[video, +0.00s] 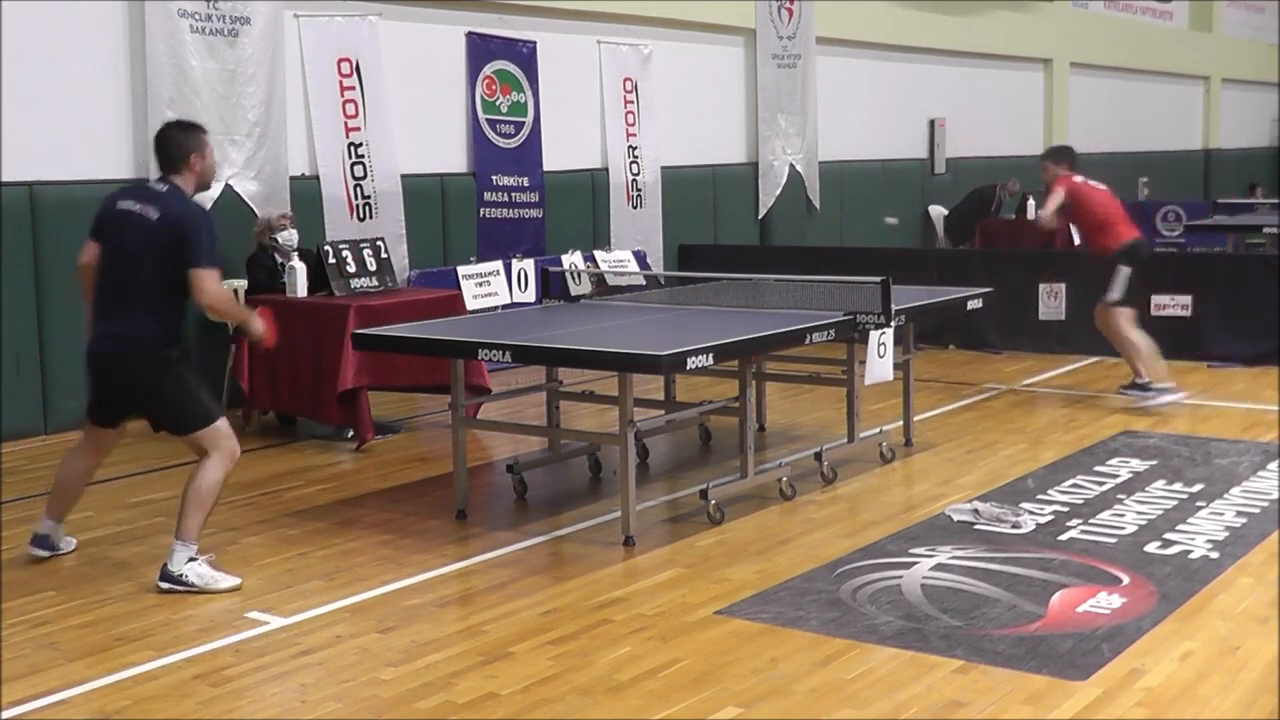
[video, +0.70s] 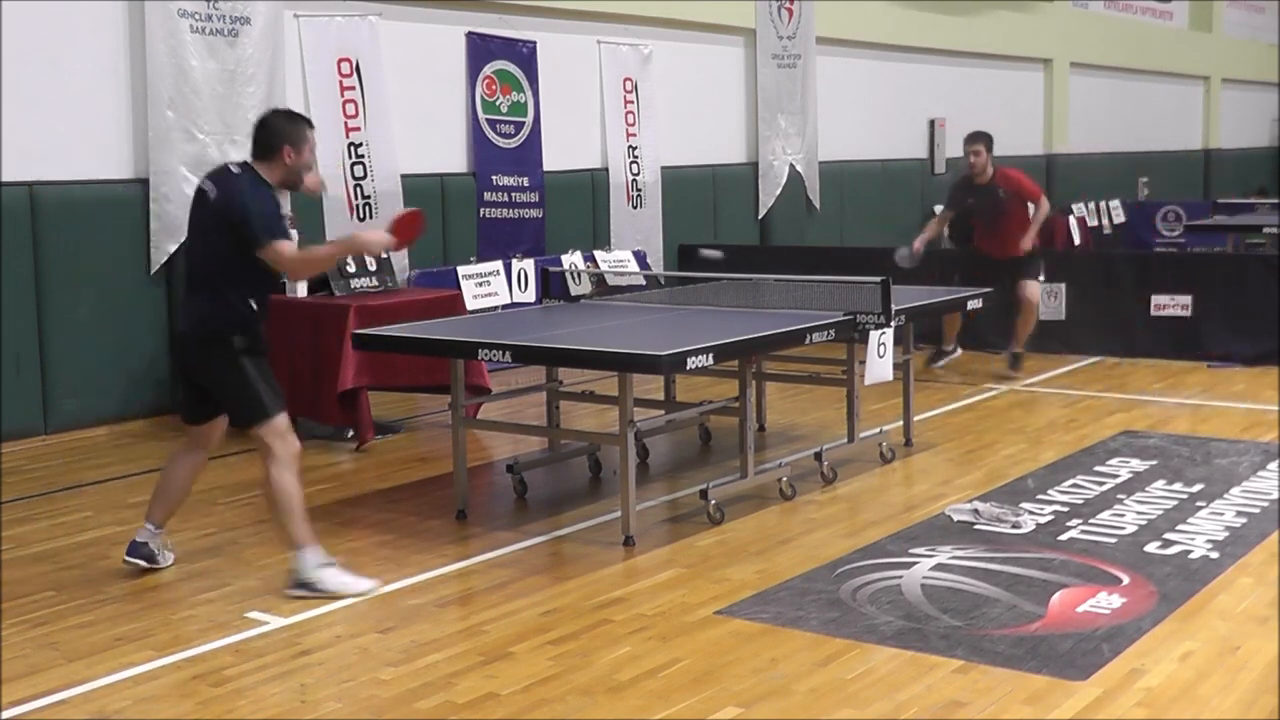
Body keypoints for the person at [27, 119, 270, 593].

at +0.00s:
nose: (213, 162)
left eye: (209, 154)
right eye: (209, 155)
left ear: (165, 160)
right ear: (196, 161)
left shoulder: (122, 199)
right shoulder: (193, 217)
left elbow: (88, 261)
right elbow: (207, 293)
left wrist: (97, 323)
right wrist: (248, 318)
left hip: (106, 353)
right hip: (154, 359)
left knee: (94, 442)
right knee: (222, 449)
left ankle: (47, 533)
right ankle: (182, 560)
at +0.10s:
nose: (249, 145)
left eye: (247, 136)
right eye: (246, 137)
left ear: (200, 141)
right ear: (230, 142)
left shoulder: (158, 179)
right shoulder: (231, 195)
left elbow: (126, 246)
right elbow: (249, 275)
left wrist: (151, 289)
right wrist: (293, 300)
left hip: (137, 332)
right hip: (186, 338)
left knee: (149, 424)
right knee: (257, 433)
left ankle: (107, 527)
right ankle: (203, 538)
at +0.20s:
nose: (276, 154)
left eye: (274, 145)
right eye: (273, 146)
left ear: (226, 148)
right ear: (259, 149)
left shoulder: (187, 188)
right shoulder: (252, 203)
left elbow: (200, 249)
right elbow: (267, 287)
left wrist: (262, 228)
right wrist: (310, 312)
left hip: (156, 334)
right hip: (203, 341)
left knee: (177, 429)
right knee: (285, 431)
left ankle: (144, 535)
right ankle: (270, 549)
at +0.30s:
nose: (318, 192)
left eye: (316, 184)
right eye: (316, 185)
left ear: (272, 188)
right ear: (305, 191)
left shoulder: (234, 224)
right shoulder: (290, 244)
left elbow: (234, 301)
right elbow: (295, 330)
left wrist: (298, 319)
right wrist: (343, 350)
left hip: (193, 373)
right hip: (236, 380)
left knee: (206, 460)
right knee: (340, 444)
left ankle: (148, 547)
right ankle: (354, 564)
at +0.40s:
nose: (347, 215)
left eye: (347, 207)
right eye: (345, 208)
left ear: (296, 208)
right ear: (332, 214)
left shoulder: (257, 236)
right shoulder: (323, 270)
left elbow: (232, 302)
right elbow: (337, 352)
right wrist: (377, 348)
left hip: (203, 385)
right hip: (249, 390)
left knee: (232, 464)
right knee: (358, 447)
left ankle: (163, 549)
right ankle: (357, 565)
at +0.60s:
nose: (345, 192)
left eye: (344, 183)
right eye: (340, 183)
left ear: (295, 186)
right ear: (320, 189)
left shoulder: (245, 210)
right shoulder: (301, 237)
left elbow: (270, 272)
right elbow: (355, 297)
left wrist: (321, 255)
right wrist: (415, 277)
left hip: (204, 362)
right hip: (243, 366)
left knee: (223, 455)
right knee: (330, 444)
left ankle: (153, 542)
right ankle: (360, 563)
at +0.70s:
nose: (310, 162)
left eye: (311, 153)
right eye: (307, 154)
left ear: (267, 151)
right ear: (284, 154)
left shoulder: (221, 177)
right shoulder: (252, 197)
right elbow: (291, 265)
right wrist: (353, 245)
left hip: (196, 337)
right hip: (230, 340)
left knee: (201, 440)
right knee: (282, 445)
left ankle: (147, 539)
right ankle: (311, 563)